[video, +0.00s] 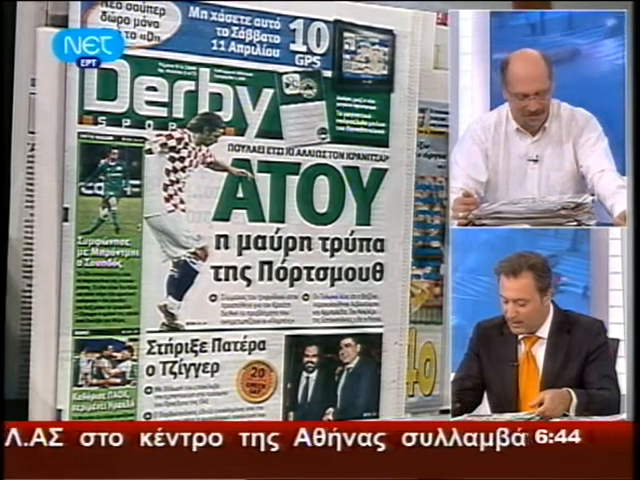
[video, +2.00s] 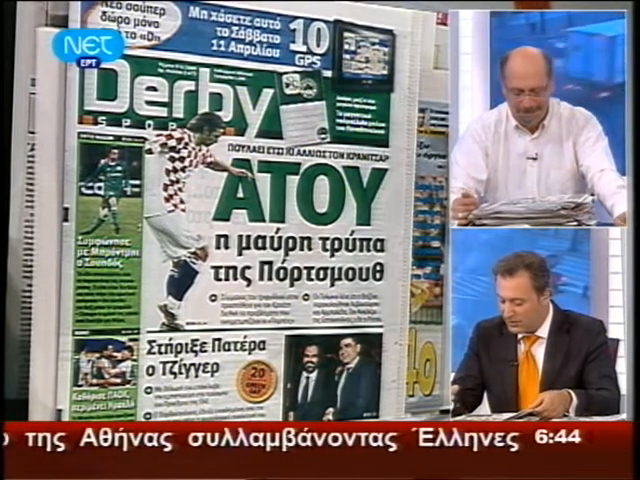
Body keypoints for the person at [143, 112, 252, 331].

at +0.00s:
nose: (215, 141)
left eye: (217, 137)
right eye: (215, 136)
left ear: (207, 132)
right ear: (205, 130)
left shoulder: (199, 150)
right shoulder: (179, 137)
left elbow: (212, 162)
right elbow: (149, 145)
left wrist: (232, 170)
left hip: (165, 209)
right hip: (161, 208)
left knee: (180, 262)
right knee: (200, 251)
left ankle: (170, 317)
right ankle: (172, 304)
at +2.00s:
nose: (215, 141)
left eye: (217, 137)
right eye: (215, 136)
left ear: (207, 132)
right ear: (205, 130)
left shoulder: (199, 150)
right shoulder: (179, 137)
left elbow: (212, 162)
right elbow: (149, 145)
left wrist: (232, 170)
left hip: (166, 209)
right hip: (161, 208)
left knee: (180, 262)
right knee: (200, 251)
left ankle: (171, 317)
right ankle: (172, 304)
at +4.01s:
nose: (215, 141)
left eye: (217, 137)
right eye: (215, 136)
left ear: (207, 132)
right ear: (205, 130)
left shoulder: (199, 150)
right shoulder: (179, 137)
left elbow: (212, 162)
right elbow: (149, 145)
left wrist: (232, 170)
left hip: (166, 209)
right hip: (161, 208)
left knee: (180, 262)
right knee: (200, 251)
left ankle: (171, 317)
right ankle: (172, 304)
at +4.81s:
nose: (215, 141)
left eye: (217, 137)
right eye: (215, 135)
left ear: (206, 132)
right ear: (205, 130)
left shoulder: (199, 150)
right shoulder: (178, 137)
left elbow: (212, 162)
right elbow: (147, 146)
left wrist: (231, 170)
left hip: (167, 209)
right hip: (160, 207)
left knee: (180, 262)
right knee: (200, 251)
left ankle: (171, 317)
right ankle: (172, 303)